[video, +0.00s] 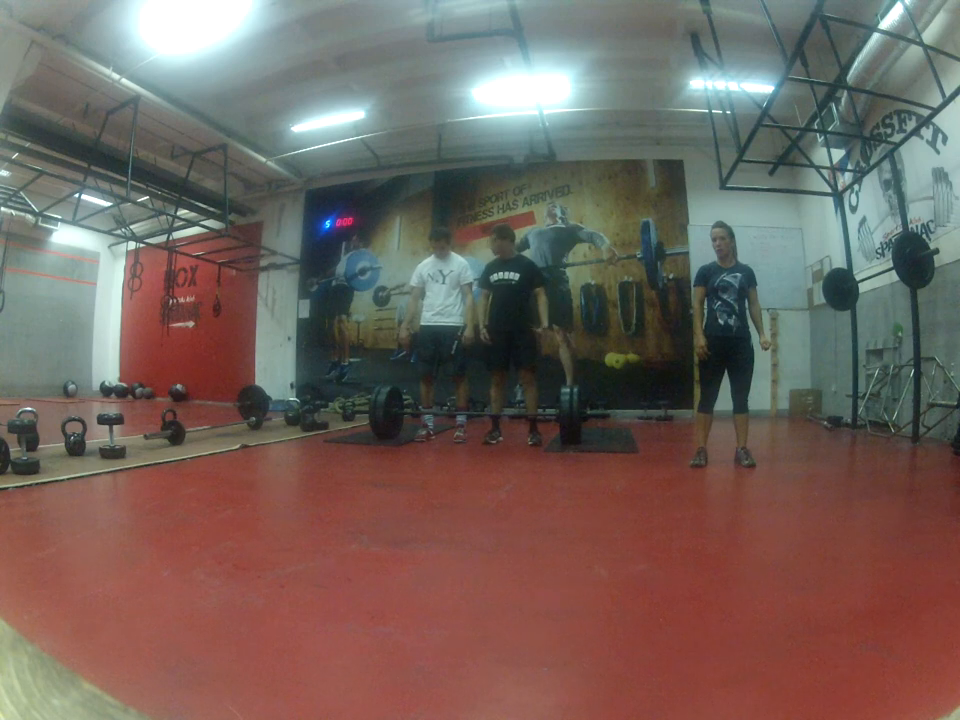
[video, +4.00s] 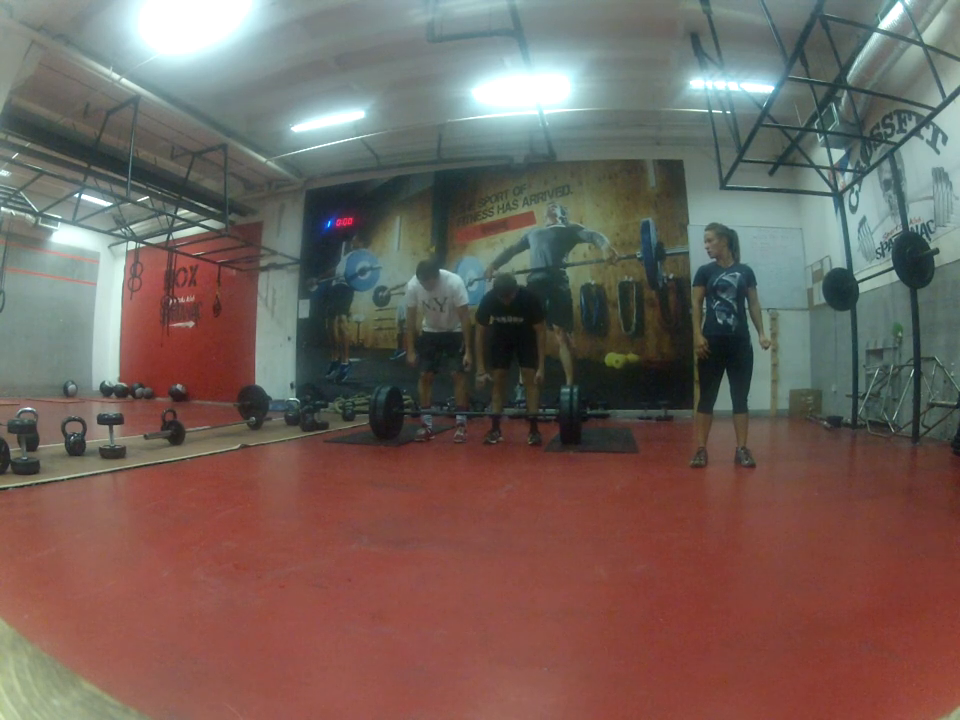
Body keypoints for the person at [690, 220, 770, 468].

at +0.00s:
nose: (718, 243)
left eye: (722, 239)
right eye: (714, 240)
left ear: (732, 241)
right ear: (711, 244)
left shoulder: (746, 272)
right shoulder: (705, 272)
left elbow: (754, 305)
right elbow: (697, 306)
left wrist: (761, 333)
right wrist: (698, 336)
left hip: (740, 343)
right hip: (712, 342)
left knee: (740, 399)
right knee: (707, 399)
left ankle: (742, 449)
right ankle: (701, 450)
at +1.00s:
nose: (718, 243)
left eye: (722, 239)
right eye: (714, 240)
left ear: (732, 241)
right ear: (711, 244)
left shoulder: (746, 272)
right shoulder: (705, 272)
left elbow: (754, 305)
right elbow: (697, 306)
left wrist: (761, 333)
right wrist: (698, 335)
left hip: (740, 343)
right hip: (712, 342)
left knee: (740, 398)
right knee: (707, 398)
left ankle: (742, 449)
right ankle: (701, 449)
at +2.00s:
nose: (717, 243)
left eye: (721, 238)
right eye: (713, 240)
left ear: (731, 241)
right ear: (710, 244)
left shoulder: (745, 272)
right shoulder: (704, 272)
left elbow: (753, 305)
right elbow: (697, 306)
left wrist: (761, 333)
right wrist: (698, 335)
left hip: (739, 343)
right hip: (711, 342)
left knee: (740, 399)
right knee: (706, 398)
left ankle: (742, 449)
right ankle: (701, 449)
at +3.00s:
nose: (707, 245)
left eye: (710, 240)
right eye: (705, 241)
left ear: (726, 241)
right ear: (710, 244)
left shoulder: (745, 271)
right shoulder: (704, 272)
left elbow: (754, 305)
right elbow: (697, 306)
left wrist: (761, 333)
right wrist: (697, 335)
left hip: (739, 342)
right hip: (711, 342)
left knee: (740, 399)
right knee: (706, 398)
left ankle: (742, 449)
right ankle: (701, 449)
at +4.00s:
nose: (706, 245)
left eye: (710, 241)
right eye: (705, 241)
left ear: (725, 241)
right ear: (709, 244)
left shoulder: (745, 271)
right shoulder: (704, 271)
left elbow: (754, 304)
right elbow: (697, 306)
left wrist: (761, 333)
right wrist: (697, 335)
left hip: (739, 342)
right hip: (711, 342)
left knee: (740, 399)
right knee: (706, 399)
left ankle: (742, 449)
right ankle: (700, 450)